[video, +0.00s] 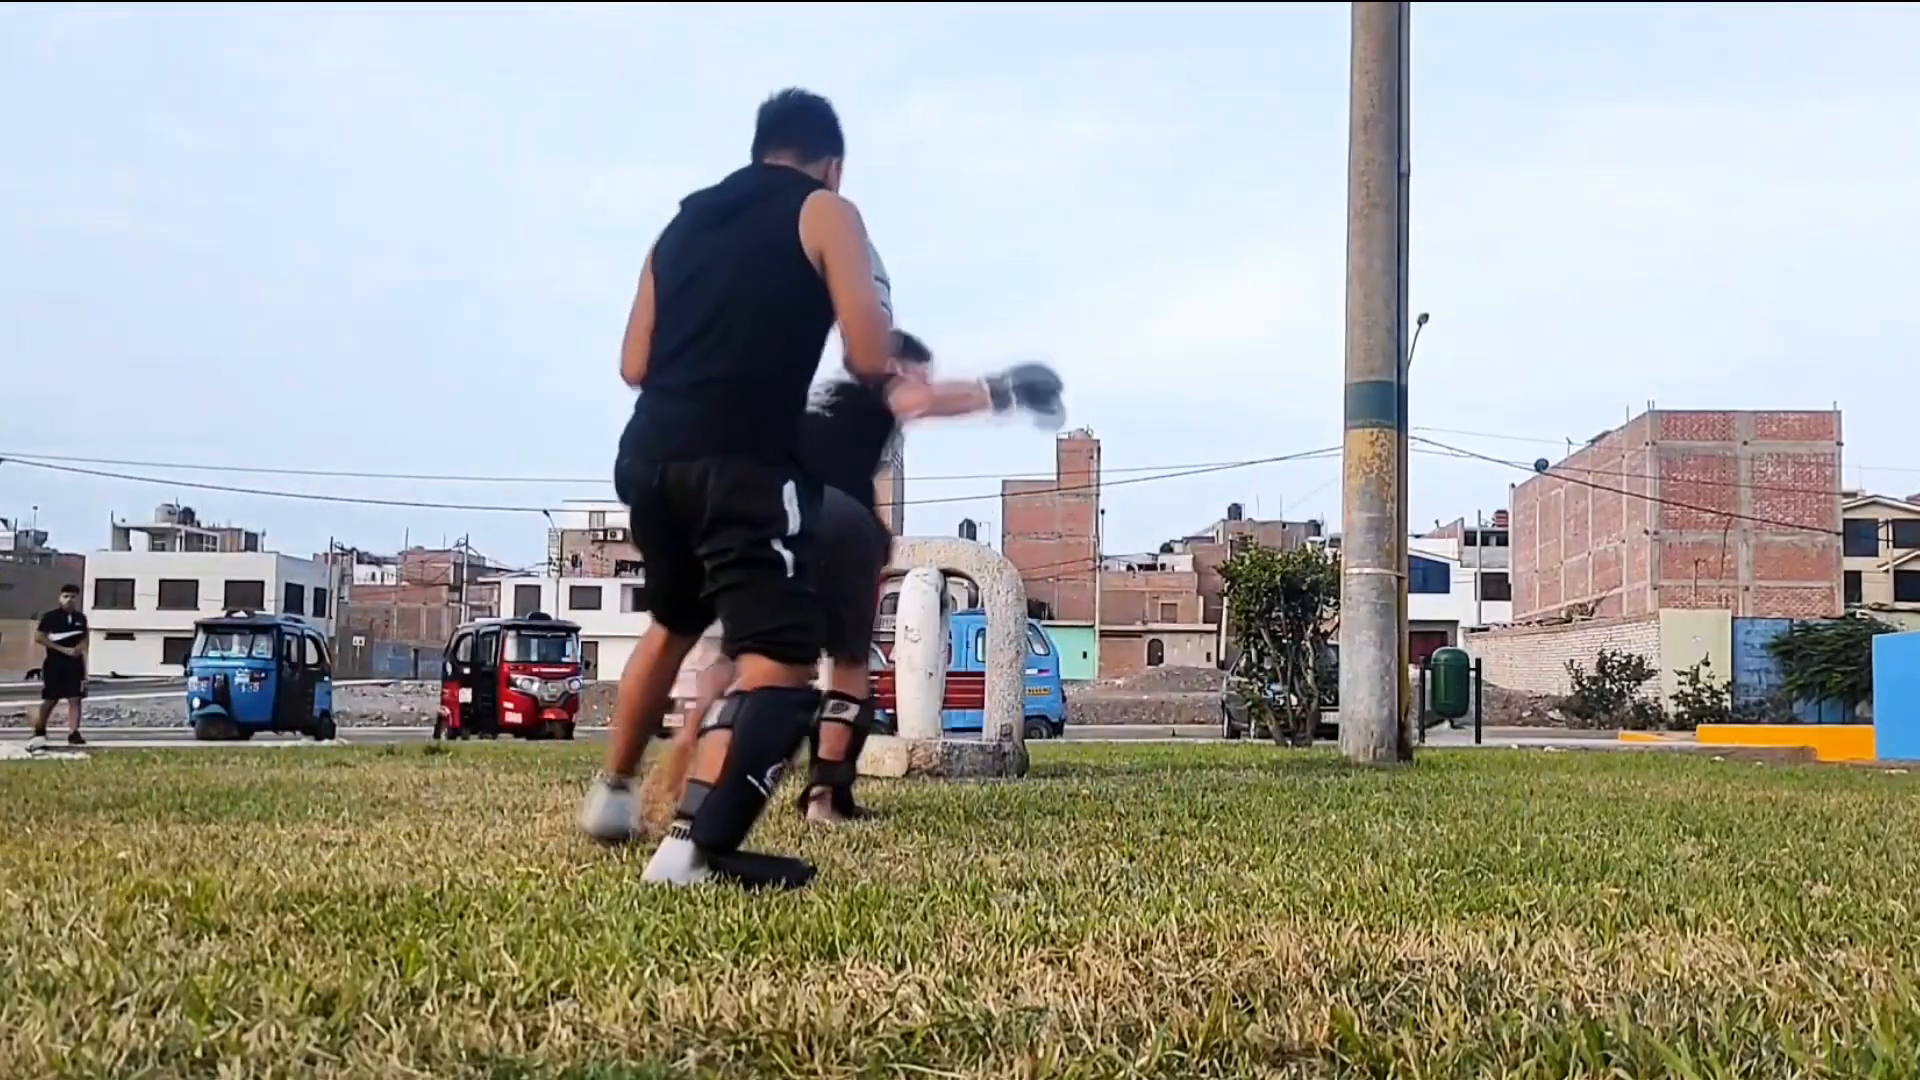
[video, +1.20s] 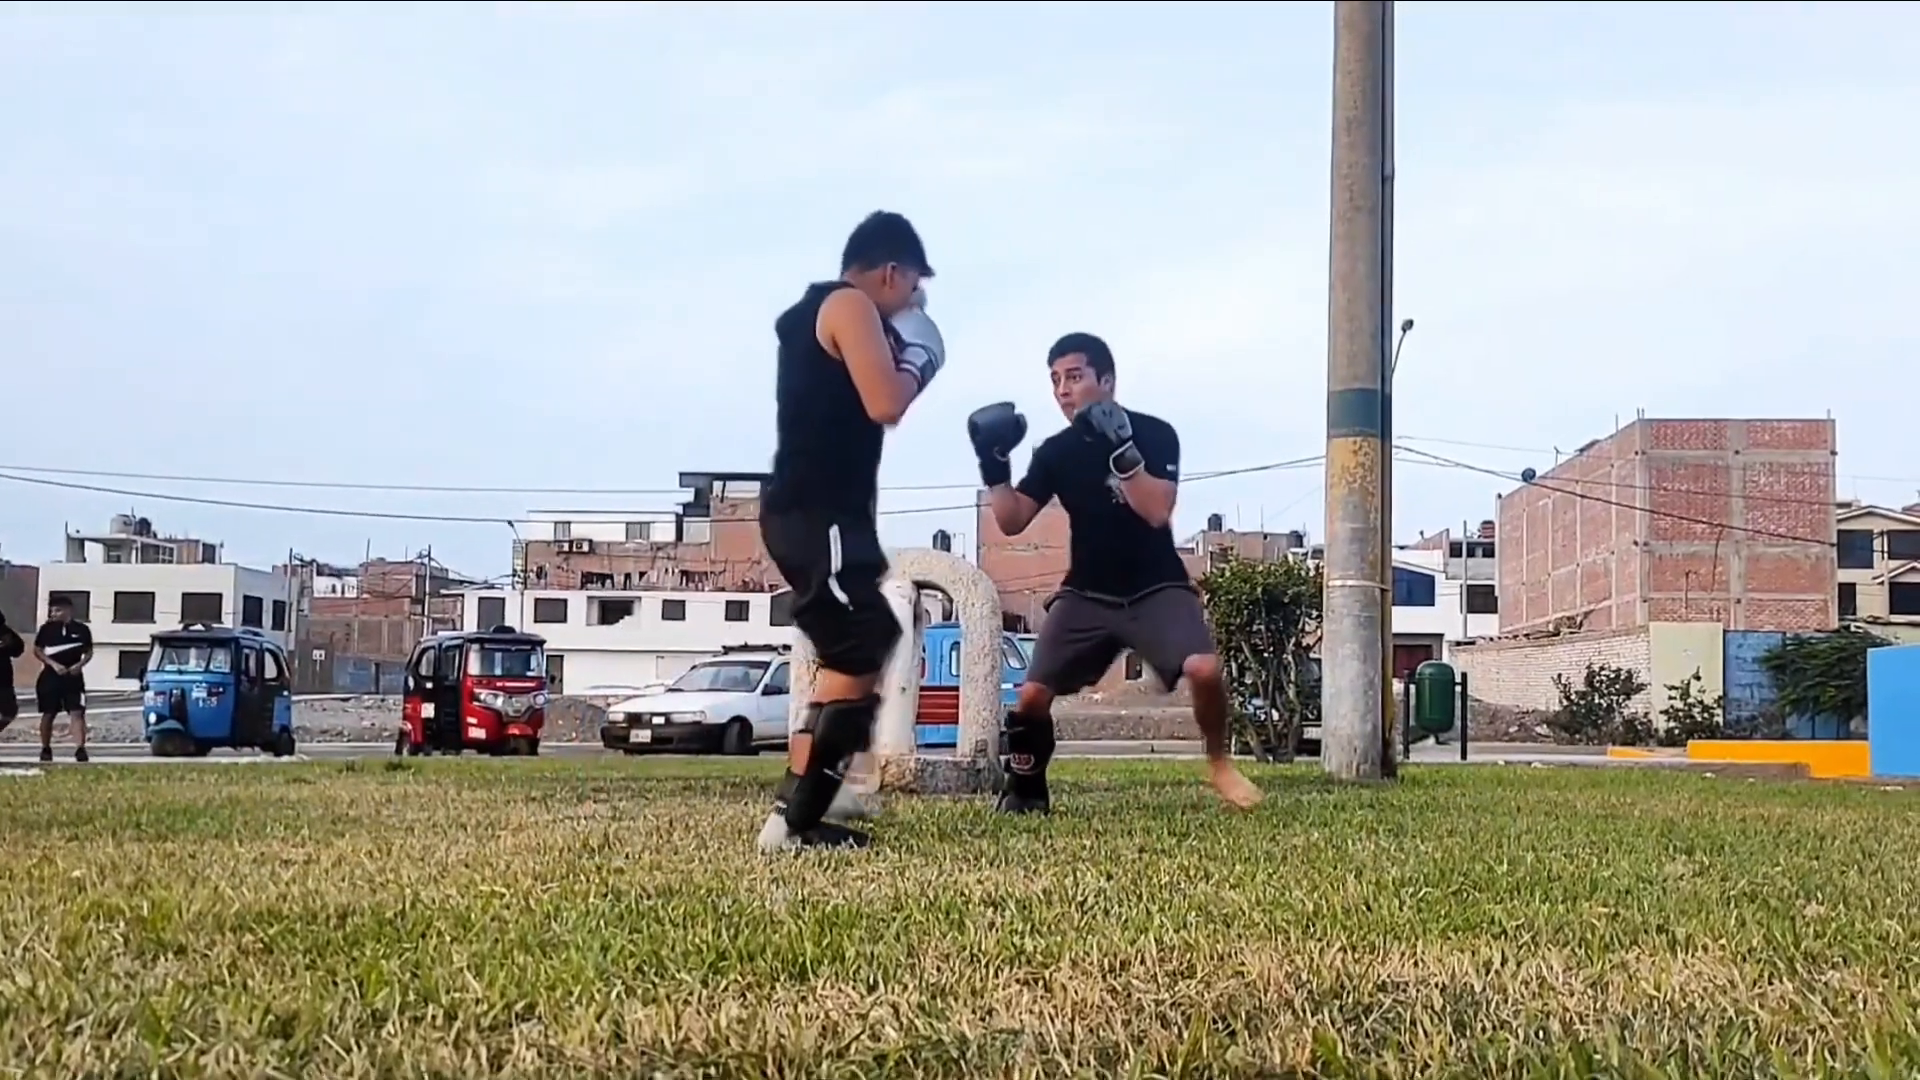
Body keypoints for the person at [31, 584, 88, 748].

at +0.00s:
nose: (68, 600)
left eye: (72, 597)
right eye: (65, 596)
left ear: (76, 599)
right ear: (60, 598)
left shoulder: (81, 619)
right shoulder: (50, 616)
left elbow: (85, 639)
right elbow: (39, 637)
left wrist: (79, 648)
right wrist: (64, 649)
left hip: (74, 664)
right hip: (54, 665)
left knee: (75, 699)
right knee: (50, 699)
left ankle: (74, 732)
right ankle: (40, 729)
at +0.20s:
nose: (74, 599)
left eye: (78, 596)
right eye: (71, 596)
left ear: (85, 597)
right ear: (67, 597)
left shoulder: (92, 617)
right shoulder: (60, 614)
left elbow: (99, 639)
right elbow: (49, 635)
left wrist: (88, 647)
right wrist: (69, 648)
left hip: (83, 659)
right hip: (65, 659)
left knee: (79, 697)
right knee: (67, 696)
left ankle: (75, 730)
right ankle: (58, 723)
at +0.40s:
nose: (73, 601)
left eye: (77, 597)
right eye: (72, 598)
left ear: (88, 598)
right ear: (70, 599)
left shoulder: (100, 617)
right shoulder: (66, 615)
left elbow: (109, 638)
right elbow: (55, 636)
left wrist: (97, 645)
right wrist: (74, 650)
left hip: (90, 659)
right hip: (72, 659)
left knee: (85, 697)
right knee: (77, 696)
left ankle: (82, 730)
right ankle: (76, 731)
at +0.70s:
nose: (77, 600)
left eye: (79, 596)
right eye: (75, 597)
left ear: (91, 594)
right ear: (76, 598)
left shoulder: (108, 614)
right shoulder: (74, 616)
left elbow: (120, 633)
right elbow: (66, 637)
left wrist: (109, 642)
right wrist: (86, 647)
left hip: (103, 660)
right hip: (84, 661)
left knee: (106, 696)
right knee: (87, 697)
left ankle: (86, 721)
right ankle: (90, 730)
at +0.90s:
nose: (83, 600)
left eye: (86, 596)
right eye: (81, 597)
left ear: (97, 595)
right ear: (81, 597)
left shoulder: (113, 613)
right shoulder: (79, 614)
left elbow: (124, 634)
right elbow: (72, 636)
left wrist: (112, 646)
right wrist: (91, 647)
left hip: (108, 660)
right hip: (88, 661)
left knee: (116, 693)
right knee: (89, 697)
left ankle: (108, 725)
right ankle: (91, 731)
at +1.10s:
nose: (80, 605)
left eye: (83, 601)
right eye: (79, 602)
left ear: (93, 600)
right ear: (78, 601)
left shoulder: (109, 619)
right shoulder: (73, 620)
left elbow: (117, 641)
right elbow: (66, 640)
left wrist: (108, 654)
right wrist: (83, 654)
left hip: (101, 664)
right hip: (80, 665)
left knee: (107, 700)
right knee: (79, 702)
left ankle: (113, 734)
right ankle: (78, 736)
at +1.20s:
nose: (53, 614)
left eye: (57, 610)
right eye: (52, 610)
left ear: (68, 610)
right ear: (50, 612)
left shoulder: (82, 629)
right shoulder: (47, 628)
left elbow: (88, 652)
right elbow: (37, 650)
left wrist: (80, 665)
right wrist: (53, 664)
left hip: (73, 675)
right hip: (52, 675)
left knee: (77, 712)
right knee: (49, 713)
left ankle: (80, 747)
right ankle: (46, 748)